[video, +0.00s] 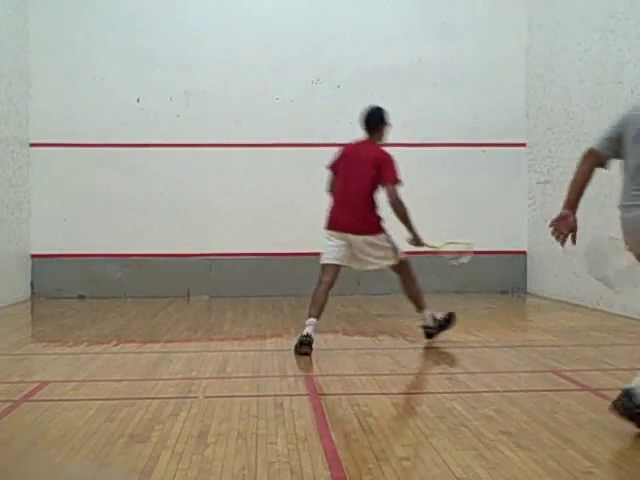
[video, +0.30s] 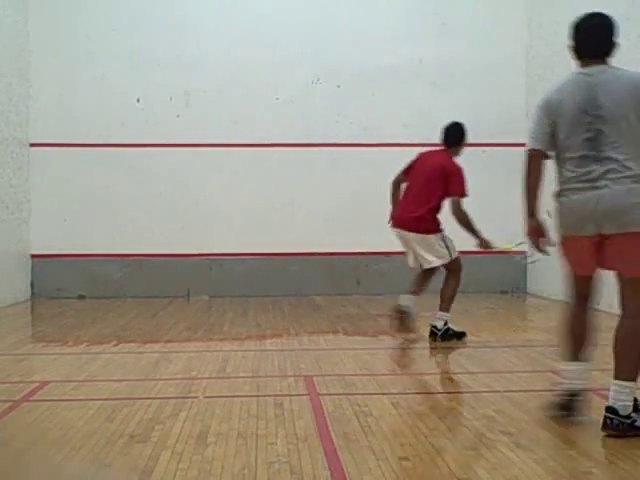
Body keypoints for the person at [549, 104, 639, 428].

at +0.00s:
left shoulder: (631, 119)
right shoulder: (631, 119)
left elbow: (591, 157)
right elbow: (591, 157)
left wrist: (568, 209)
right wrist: (569, 209)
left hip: (633, 225)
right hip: (635, 225)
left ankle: (635, 391)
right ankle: (634, 391)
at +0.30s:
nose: (582, 50)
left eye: (575, 44)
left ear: (573, 48)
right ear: (612, 47)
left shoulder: (555, 97)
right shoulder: (632, 84)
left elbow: (535, 159)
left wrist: (532, 216)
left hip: (575, 211)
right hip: (630, 208)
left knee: (579, 297)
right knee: (631, 307)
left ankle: (572, 386)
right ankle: (621, 406)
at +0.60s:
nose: (498, 44)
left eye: (491, 38)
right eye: (513, 36)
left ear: (488, 42)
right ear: (526, 41)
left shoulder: (466, 87)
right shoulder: (548, 84)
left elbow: (435, 143)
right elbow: (588, 131)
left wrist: (436, 196)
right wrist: (624, 183)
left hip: (478, 208)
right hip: (534, 208)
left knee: (478, 296)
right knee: (559, 299)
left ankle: (468, 394)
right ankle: (584, 390)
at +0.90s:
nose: (422, 53)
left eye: (417, 45)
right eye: (436, 47)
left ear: (409, 51)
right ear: (446, 52)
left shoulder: (388, 96)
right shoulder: (466, 99)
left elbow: (367, 158)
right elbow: (501, 157)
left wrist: (360, 211)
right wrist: (492, 201)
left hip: (402, 219)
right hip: (459, 218)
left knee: (378, 306)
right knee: (478, 305)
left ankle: (373, 403)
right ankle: (516, 396)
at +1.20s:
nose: (291, 44)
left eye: (292, 37)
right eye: (297, 37)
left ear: (297, 39)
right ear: (328, 38)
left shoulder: (304, 72)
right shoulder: (342, 76)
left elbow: (296, 132)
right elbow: (347, 147)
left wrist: (259, 199)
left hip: (324, 210)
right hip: (360, 208)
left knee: (269, 293)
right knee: (362, 302)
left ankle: (298, 398)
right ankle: (405, 401)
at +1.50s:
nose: (130, 81)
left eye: (130, 73)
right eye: (133, 72)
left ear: (134, 73)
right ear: (162, 68)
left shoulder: (167, 108)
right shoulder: (164, 113)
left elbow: (123, 169)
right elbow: (150, 197)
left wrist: (61, 220)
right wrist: (86, 217)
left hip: (195, 244)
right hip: (178, 243)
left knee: (167, 343)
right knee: (121, 295)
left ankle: (254, 423)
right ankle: (177, 369)